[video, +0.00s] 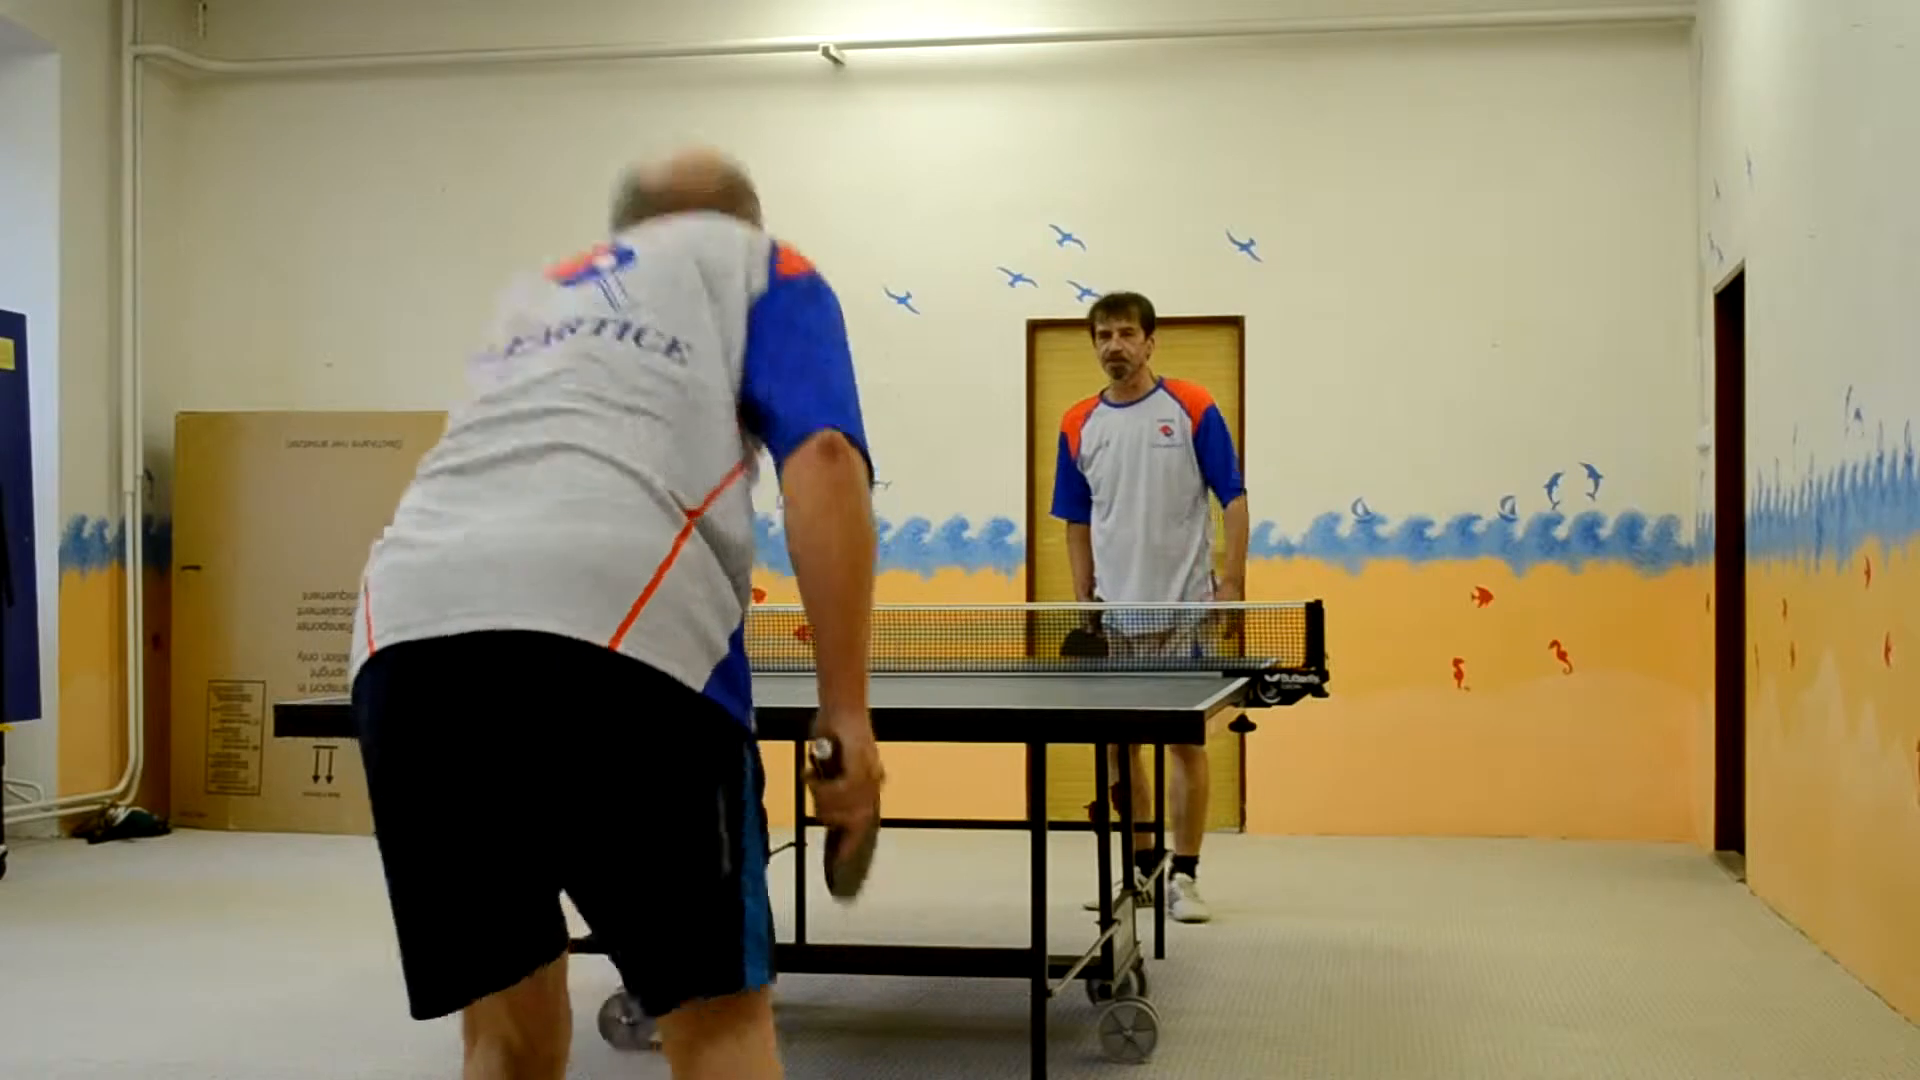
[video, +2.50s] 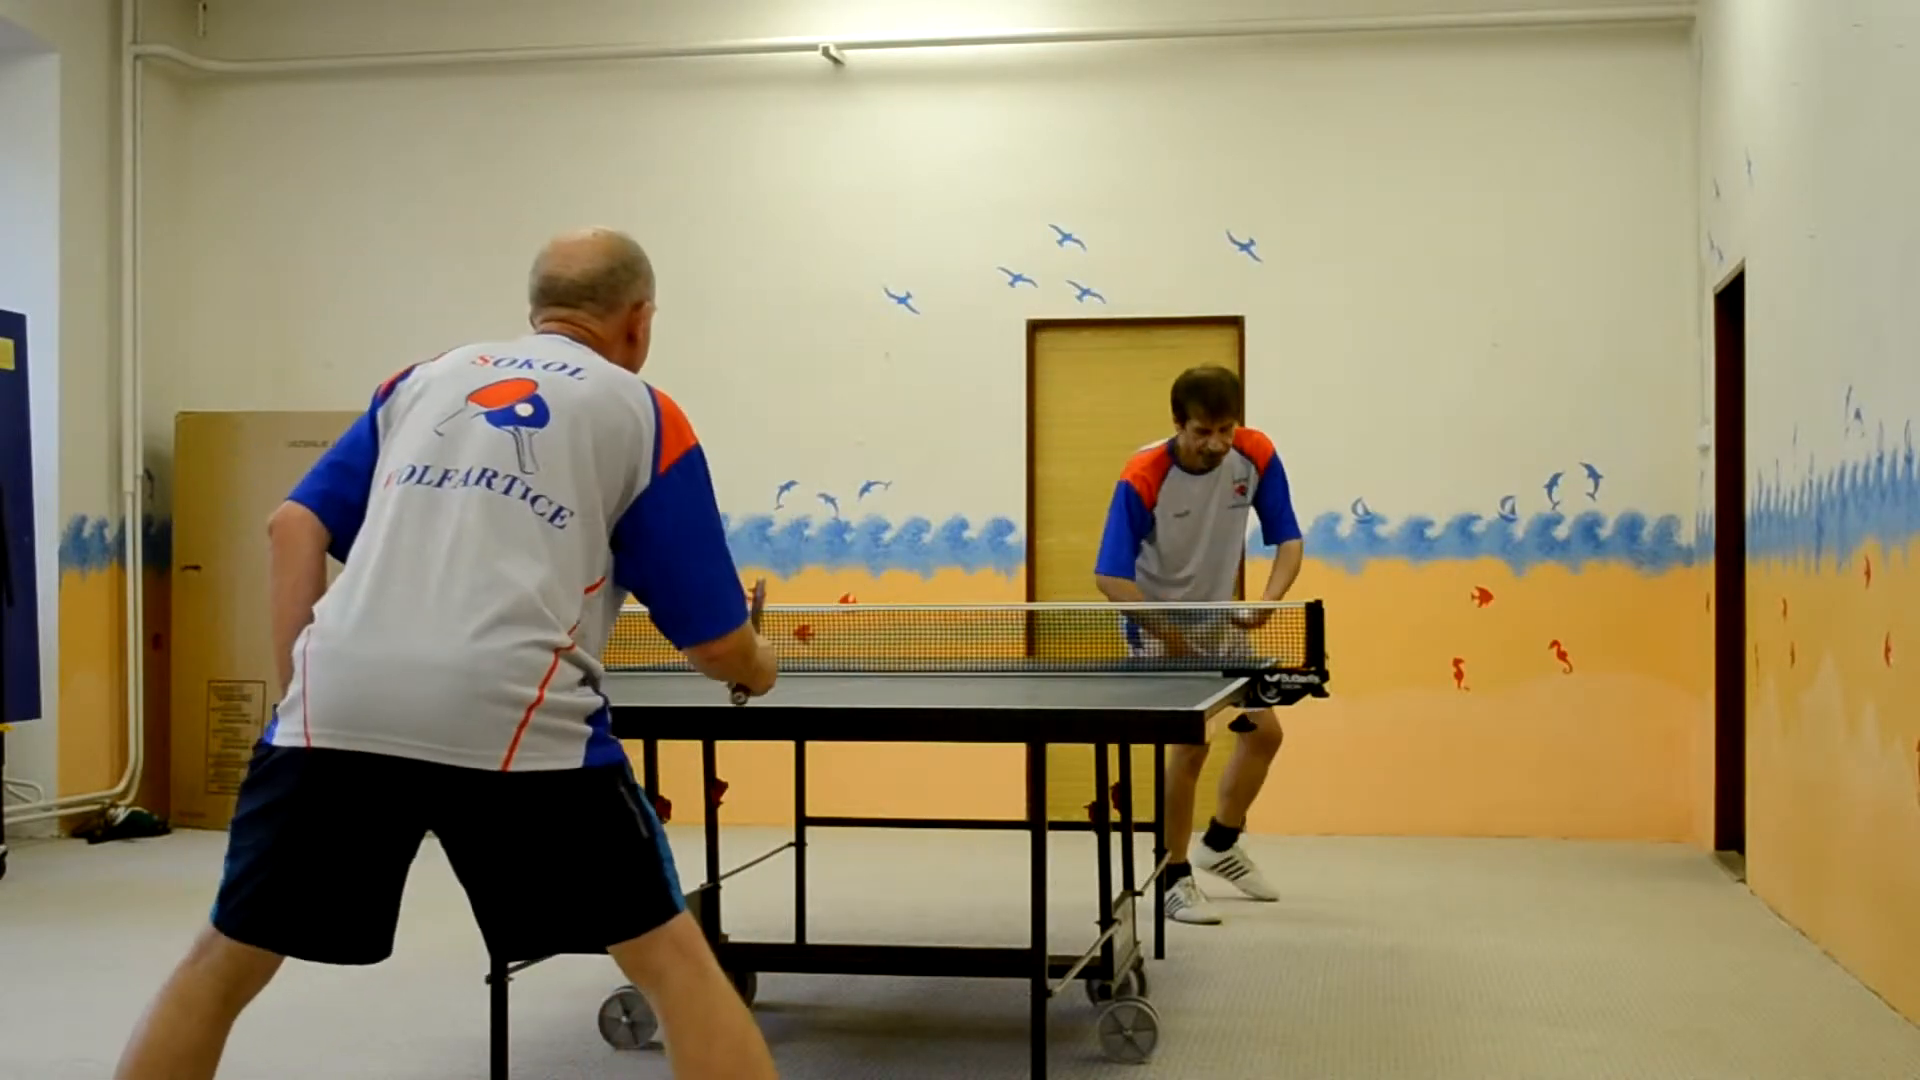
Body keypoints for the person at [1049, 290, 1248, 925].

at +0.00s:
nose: (1116, 346)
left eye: (1127, 334)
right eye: (1105, 336)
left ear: (1149, 340)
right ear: (1094, 345)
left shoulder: (1193, 407)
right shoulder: (1076, 424)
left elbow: (1234, 498)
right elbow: (1075, 524)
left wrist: (1230, 583)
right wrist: (1085, 605)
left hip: (1186, 610)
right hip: (1114, 615)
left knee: (1185, 741)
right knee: (1120, 747)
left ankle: (1182, 872)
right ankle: (1143, 871)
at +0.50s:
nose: (1119, 344)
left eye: (1130, 333)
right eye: (1109, 334)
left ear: (1153, 339)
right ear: (1097, 341)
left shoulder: (1191, 409)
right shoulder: (1073, 417)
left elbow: (1220, 497)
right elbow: (1061, 510)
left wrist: (1177, 561)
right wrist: (1052, 574)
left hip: (1173, 610)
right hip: (1094, 611)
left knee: (1185, 742)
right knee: (1069, 740)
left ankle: (1182, 874)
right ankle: (1054, 870)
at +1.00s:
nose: (1049, 359)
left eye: (1061, 349)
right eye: (1043, 348)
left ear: (1093, 350)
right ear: (1037, 347)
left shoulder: (1130, 409)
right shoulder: (1017, 418)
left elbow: (1117, 499)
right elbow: (1001, 504)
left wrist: (1056, 514)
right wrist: (997, 566)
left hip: (1123, 603)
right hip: (1048, 608)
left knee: (1156, 732)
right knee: (1041, 737)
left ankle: (1158, 864)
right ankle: (1046, 867)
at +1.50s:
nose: (1130, 367)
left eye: (1141, 356)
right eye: (1119, 356)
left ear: (1158, 355)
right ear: (1103, 356)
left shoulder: (1190, 413)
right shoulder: (1069, 427)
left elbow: (1219, 499)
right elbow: (1039, 512)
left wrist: (1144, 531)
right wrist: (1048, 564)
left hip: (1169, 607)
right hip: (1099, 608)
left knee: (1158, 737)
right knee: (1085, 732)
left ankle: (1143, 867)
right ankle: (1068, 863)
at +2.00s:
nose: (1191, 422)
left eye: (1200, 409)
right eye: (1178, 410)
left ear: (1212, 403)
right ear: (1155, 405)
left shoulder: (1235, 444)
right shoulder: (1118, 463)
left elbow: (1263, 538)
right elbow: (1077, 556)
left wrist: (1235, 597)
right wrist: (1135, 618)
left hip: (1215, 622)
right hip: (1149, 627)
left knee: (1238, 737)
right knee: (1169, 745)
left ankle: (1167, 844)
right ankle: (1171, 875)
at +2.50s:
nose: (1215, 442)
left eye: (1225, 429)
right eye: (1202, 431)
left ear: (1236, 421)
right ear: (1178, 423)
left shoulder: (1253, 454)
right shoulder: (1144, 475)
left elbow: (1289, 543)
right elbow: (1111, 576)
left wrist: (1267, 602)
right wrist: (1163, 631)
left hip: (1221, 628)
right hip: (1160, 633)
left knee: (1263, 734)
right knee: (1188, 745)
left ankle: (1218, 846)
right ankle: (1172, 878)